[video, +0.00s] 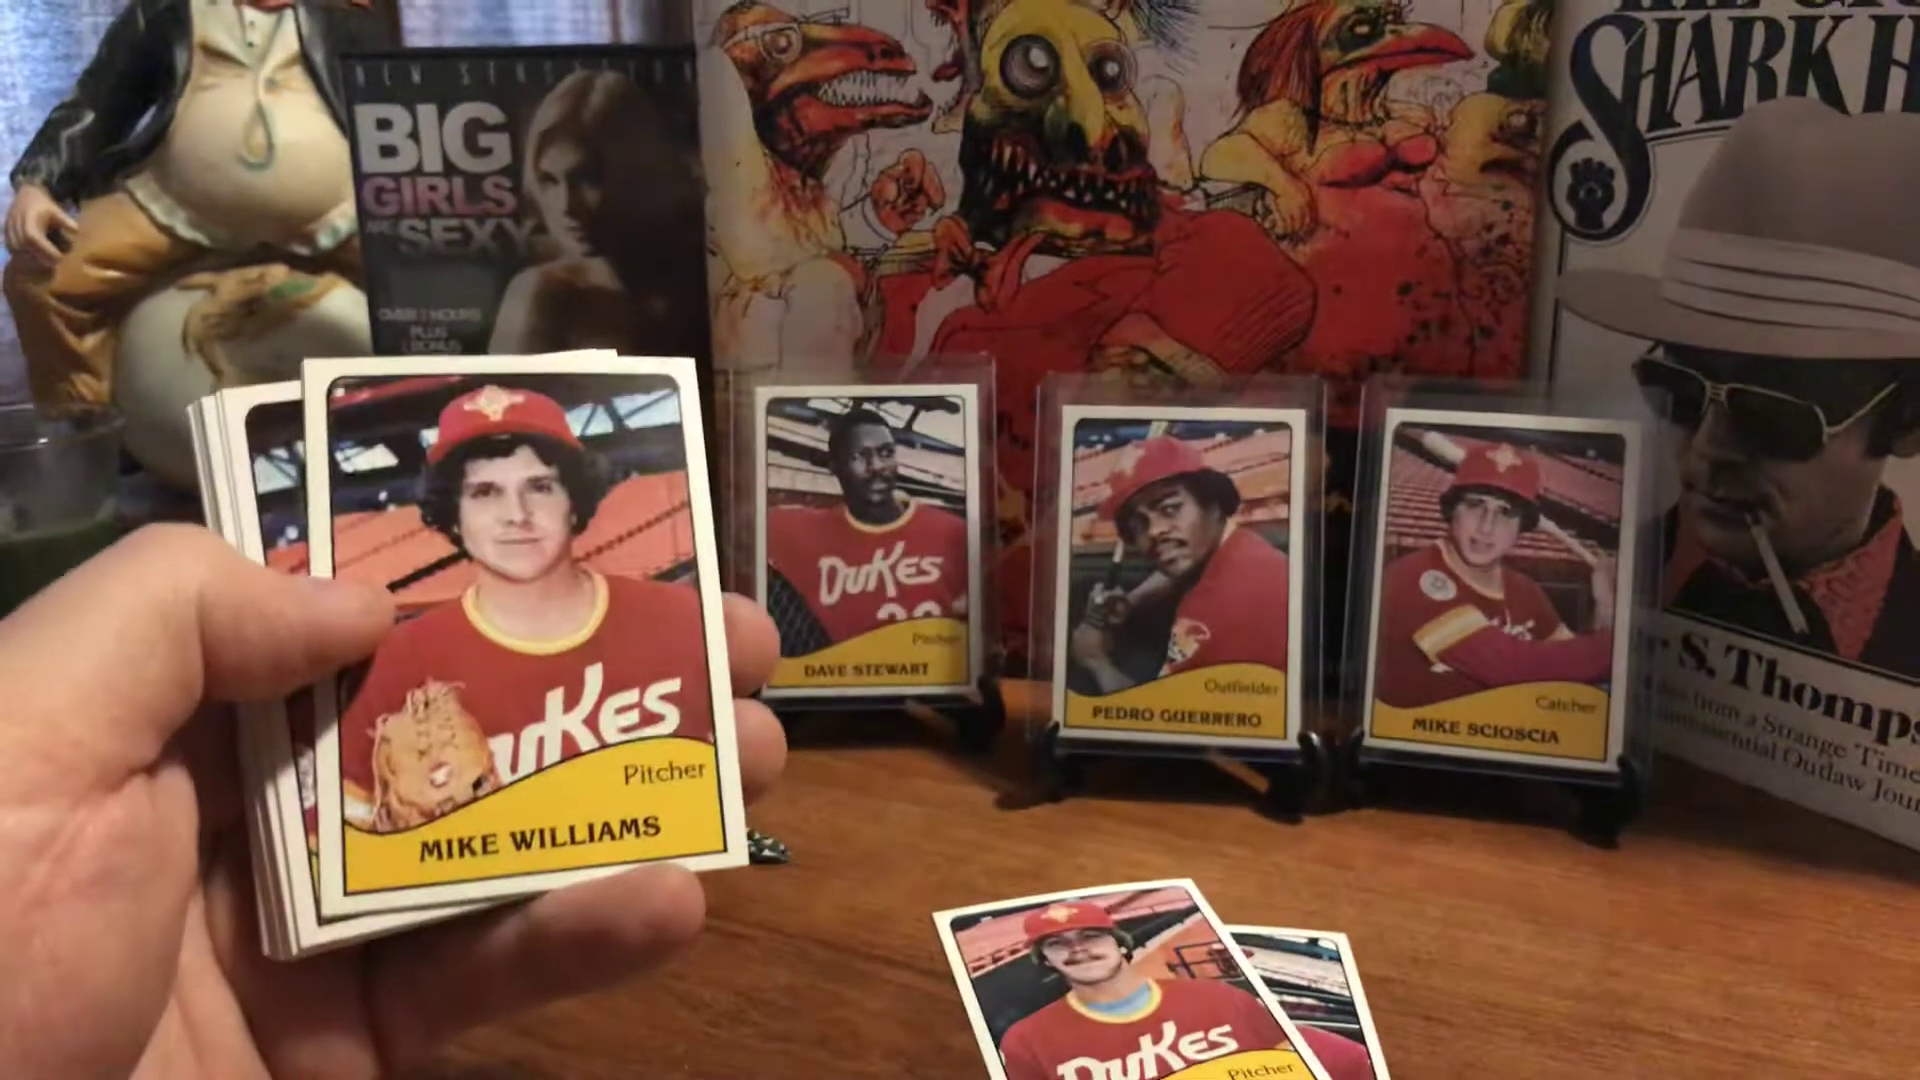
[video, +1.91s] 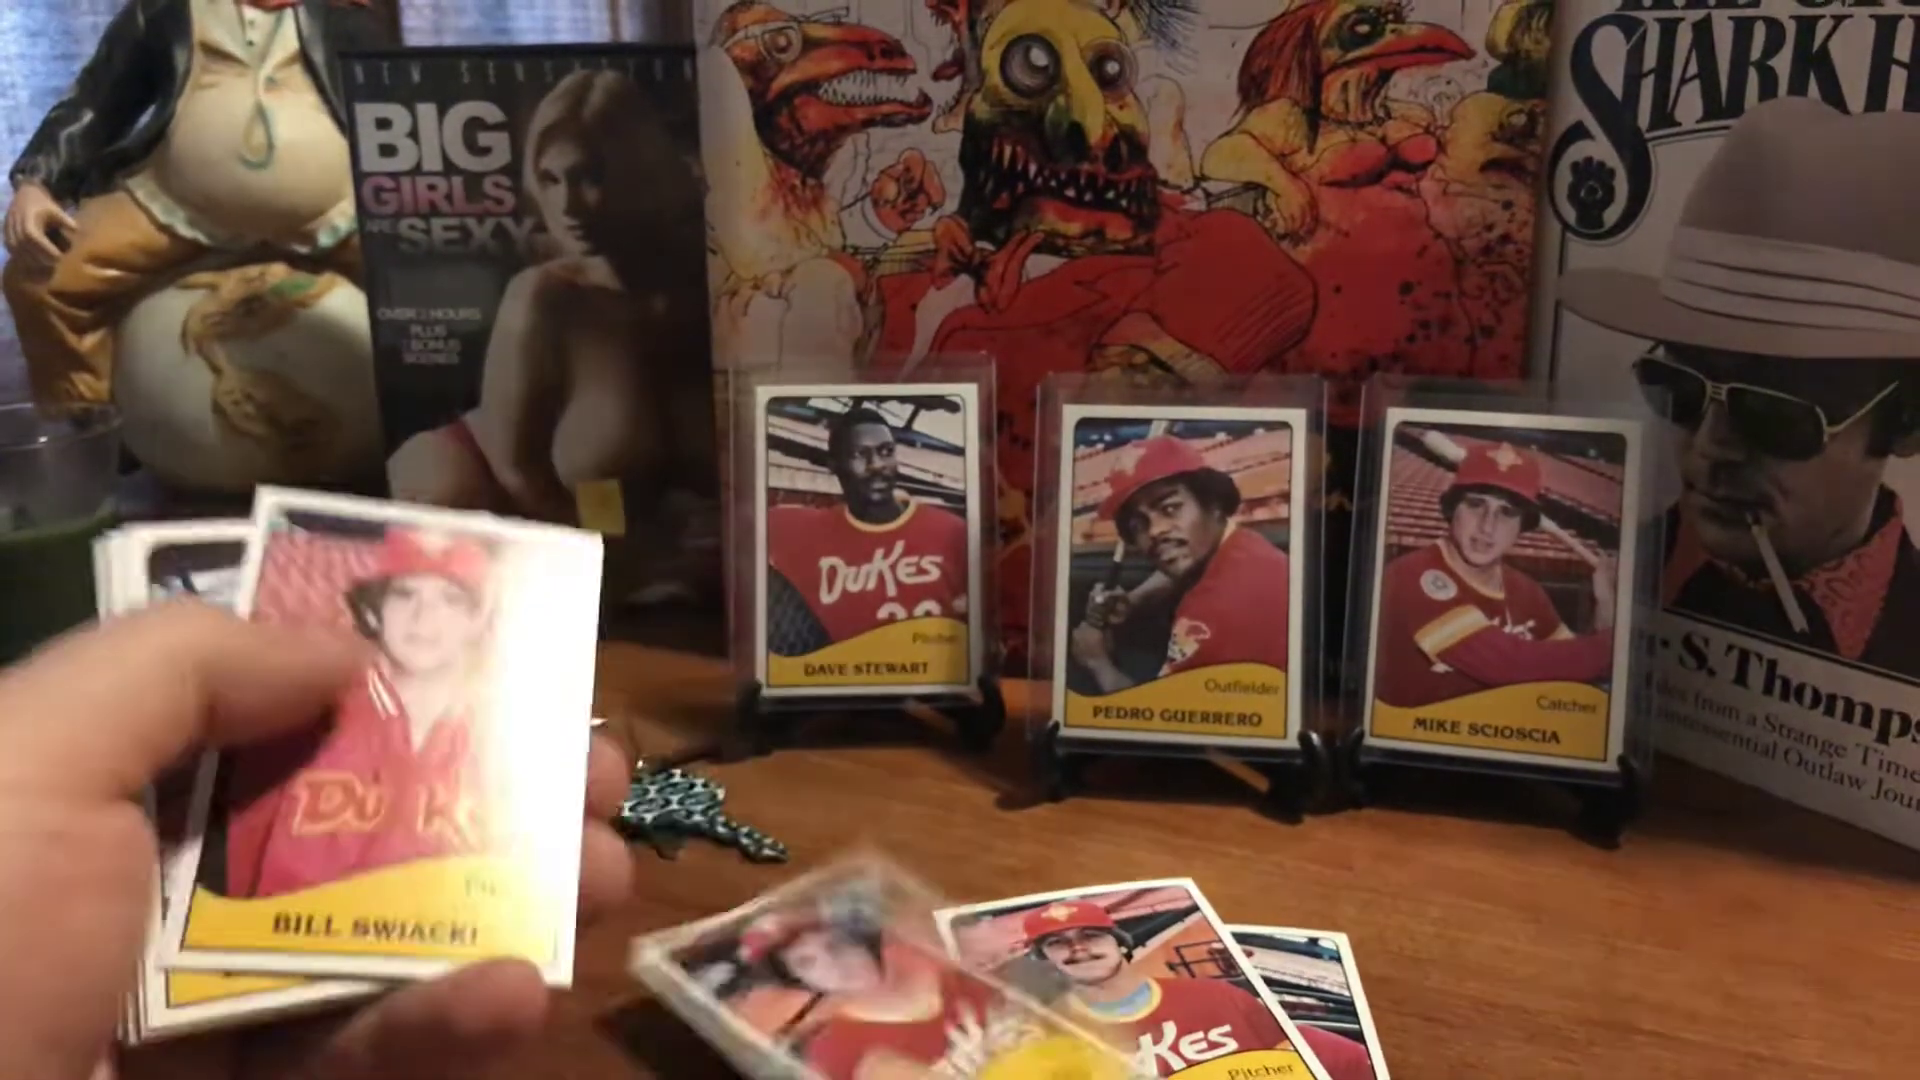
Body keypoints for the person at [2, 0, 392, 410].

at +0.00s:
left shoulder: (349, 18)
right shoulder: (164, 12)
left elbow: (400, 103)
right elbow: (96, 103)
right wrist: (34, 183)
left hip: (336, 214)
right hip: (175, 209)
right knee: (41, 281)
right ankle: (98, 447)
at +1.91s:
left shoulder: (348, 19)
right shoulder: (164, 11)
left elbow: (400, 107)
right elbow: (94, 103)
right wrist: (32, 181)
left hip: (338, 212)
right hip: (176, 207)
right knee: (41, 280)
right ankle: (98, 443)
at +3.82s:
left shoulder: (348, 20)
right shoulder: (165, 12)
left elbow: (400, 108)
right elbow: (97, 104)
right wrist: (36, 183)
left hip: (338, 212)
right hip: (178, 206)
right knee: (42, 282)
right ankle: (104, 452)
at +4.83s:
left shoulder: (349, 21)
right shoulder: (166, 13)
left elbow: (408, 106)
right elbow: (99, 103)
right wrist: (37, 184)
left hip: (342, 214)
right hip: (181, 208)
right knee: (44, 282)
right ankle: (102, 454)